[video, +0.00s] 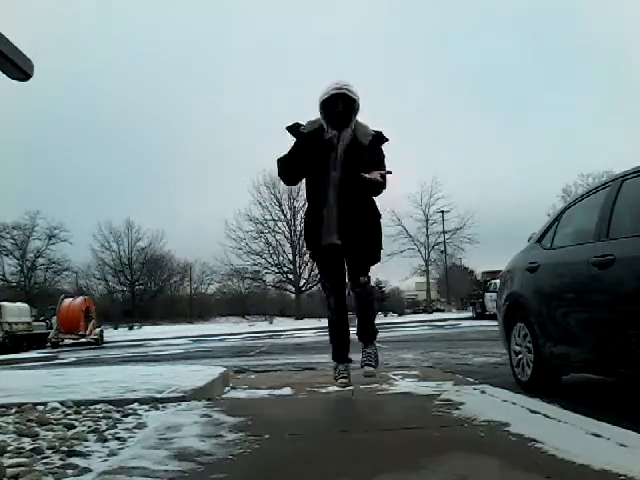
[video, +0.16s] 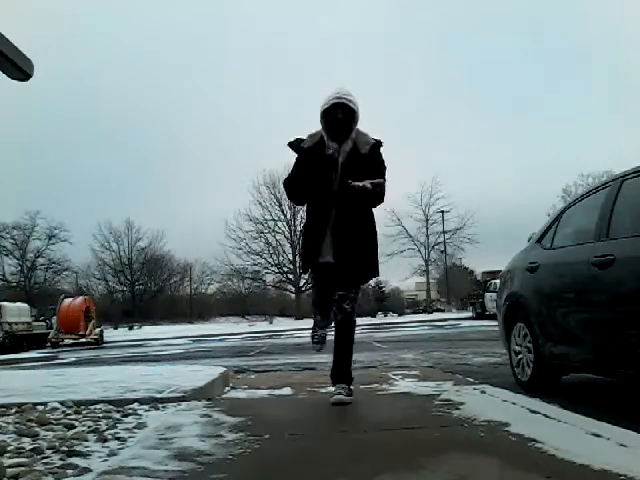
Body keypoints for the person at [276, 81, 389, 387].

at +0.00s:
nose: (339, 112)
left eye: (345, 106)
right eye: (333, 105)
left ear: (354, 109)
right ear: (323, 109)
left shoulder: (367, 141)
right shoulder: (310, 139)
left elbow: (378, 184)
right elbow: (288, 175)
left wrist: (372, 180)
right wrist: (303, 142)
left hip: (358, 227)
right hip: (323, 230)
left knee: (360, 286)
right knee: (335, 296)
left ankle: (368, 345)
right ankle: (341, 363)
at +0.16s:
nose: (338, 122)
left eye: (344, 116)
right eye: (332, 115)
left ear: (354, 119)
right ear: (323, 119)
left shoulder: (368, 150)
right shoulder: (311, 152)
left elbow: (378, 195)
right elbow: (295, 193)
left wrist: (366, 190)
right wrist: (307, 159)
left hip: (354, 244)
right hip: (320, 244)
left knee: (345, 311)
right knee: (323, 302)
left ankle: (342, 381)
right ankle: (321, 323)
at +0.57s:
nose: (342, 129)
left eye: (348, 123)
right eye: (336, 123)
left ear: (358, 128)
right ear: (326, 126)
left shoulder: (365, 163)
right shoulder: (312, 159)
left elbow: (374, 207)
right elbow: (291, 198)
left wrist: (371, 170)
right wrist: (302, 160)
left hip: (353, 251)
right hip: (318, 250)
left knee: (348, 316)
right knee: (325, 315)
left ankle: (347, 384)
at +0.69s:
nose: (335, 142)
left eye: (342, 136)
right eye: (330, 136)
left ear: (352, 140)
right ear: (322, 139)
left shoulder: (364, 169)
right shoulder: (309, 172)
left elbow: (396, 189)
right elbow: (284, 212)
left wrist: (359, 164)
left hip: (356, 260)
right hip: (320, 262)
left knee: (349, 321)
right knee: (318, 325)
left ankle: (346, 385)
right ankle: (336, 303)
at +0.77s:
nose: (330, 127)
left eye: (336, 121)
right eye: (324, 122)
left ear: (345, 124)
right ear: (315, 126)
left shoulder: (360, 149)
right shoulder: (303, 159)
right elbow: (279, 191)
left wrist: (349, 143)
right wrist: (286, 202)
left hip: (357, 245)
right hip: (319, 250)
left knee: (351, 311)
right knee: (322, 308)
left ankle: (348, 379)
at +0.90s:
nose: (321, 111)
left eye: (326, 104)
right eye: (315, 106)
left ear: (336, 105)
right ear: (306, 110)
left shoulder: (352, 125)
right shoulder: (296, 143)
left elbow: (379, 114)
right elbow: (280, 180)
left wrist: (354, 108)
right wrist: (282, 195)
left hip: (354, 224)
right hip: (319, 230)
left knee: (355, 292)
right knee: (324, 291)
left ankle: (365, 355)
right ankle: (340, 337)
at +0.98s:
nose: (316, 119)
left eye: (322, 112)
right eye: (310, 113)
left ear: (333, 112)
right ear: (302, 116)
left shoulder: (348, 136)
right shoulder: (292, 151)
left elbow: (376, 144)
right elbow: (288, 192)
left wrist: (350, 121)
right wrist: (285, 208)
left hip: (353, 234)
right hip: (319, 241)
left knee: (360, 298)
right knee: (328, 310)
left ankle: (382, 326)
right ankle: (335, 372)